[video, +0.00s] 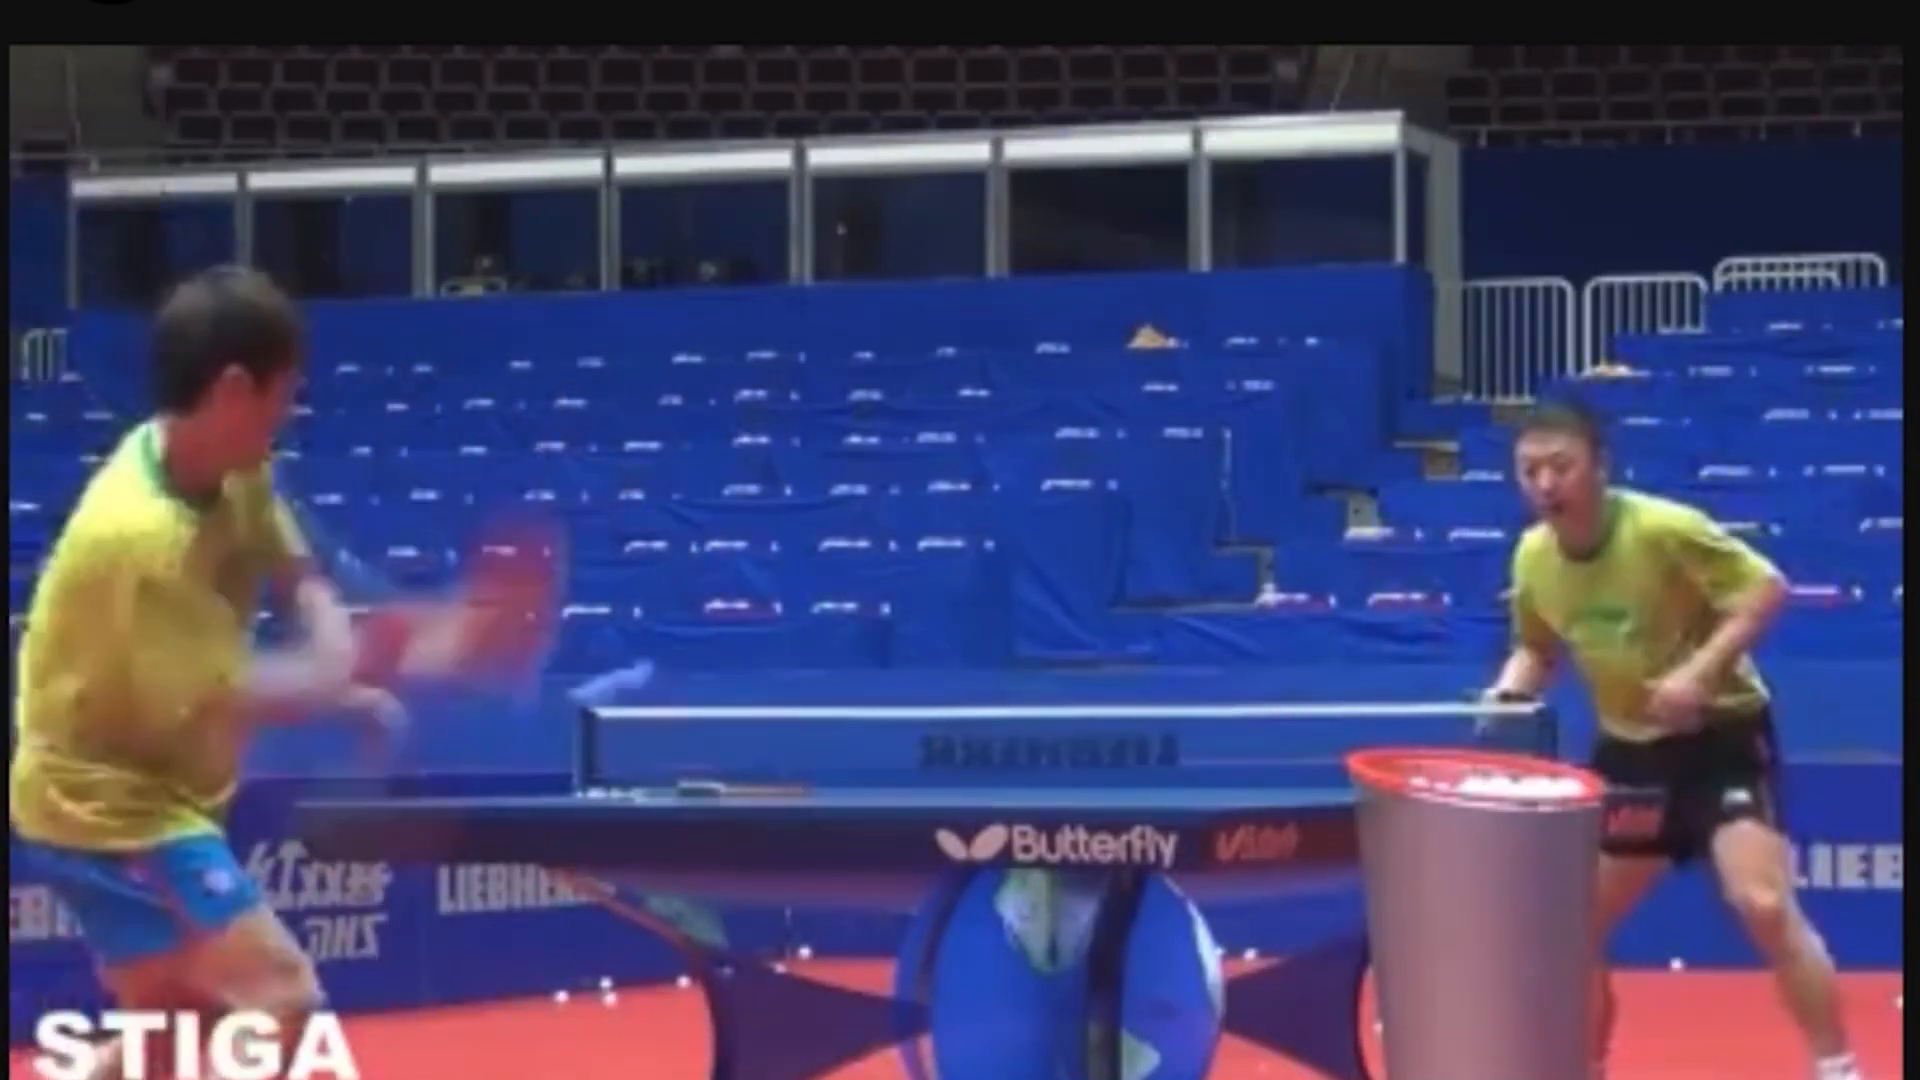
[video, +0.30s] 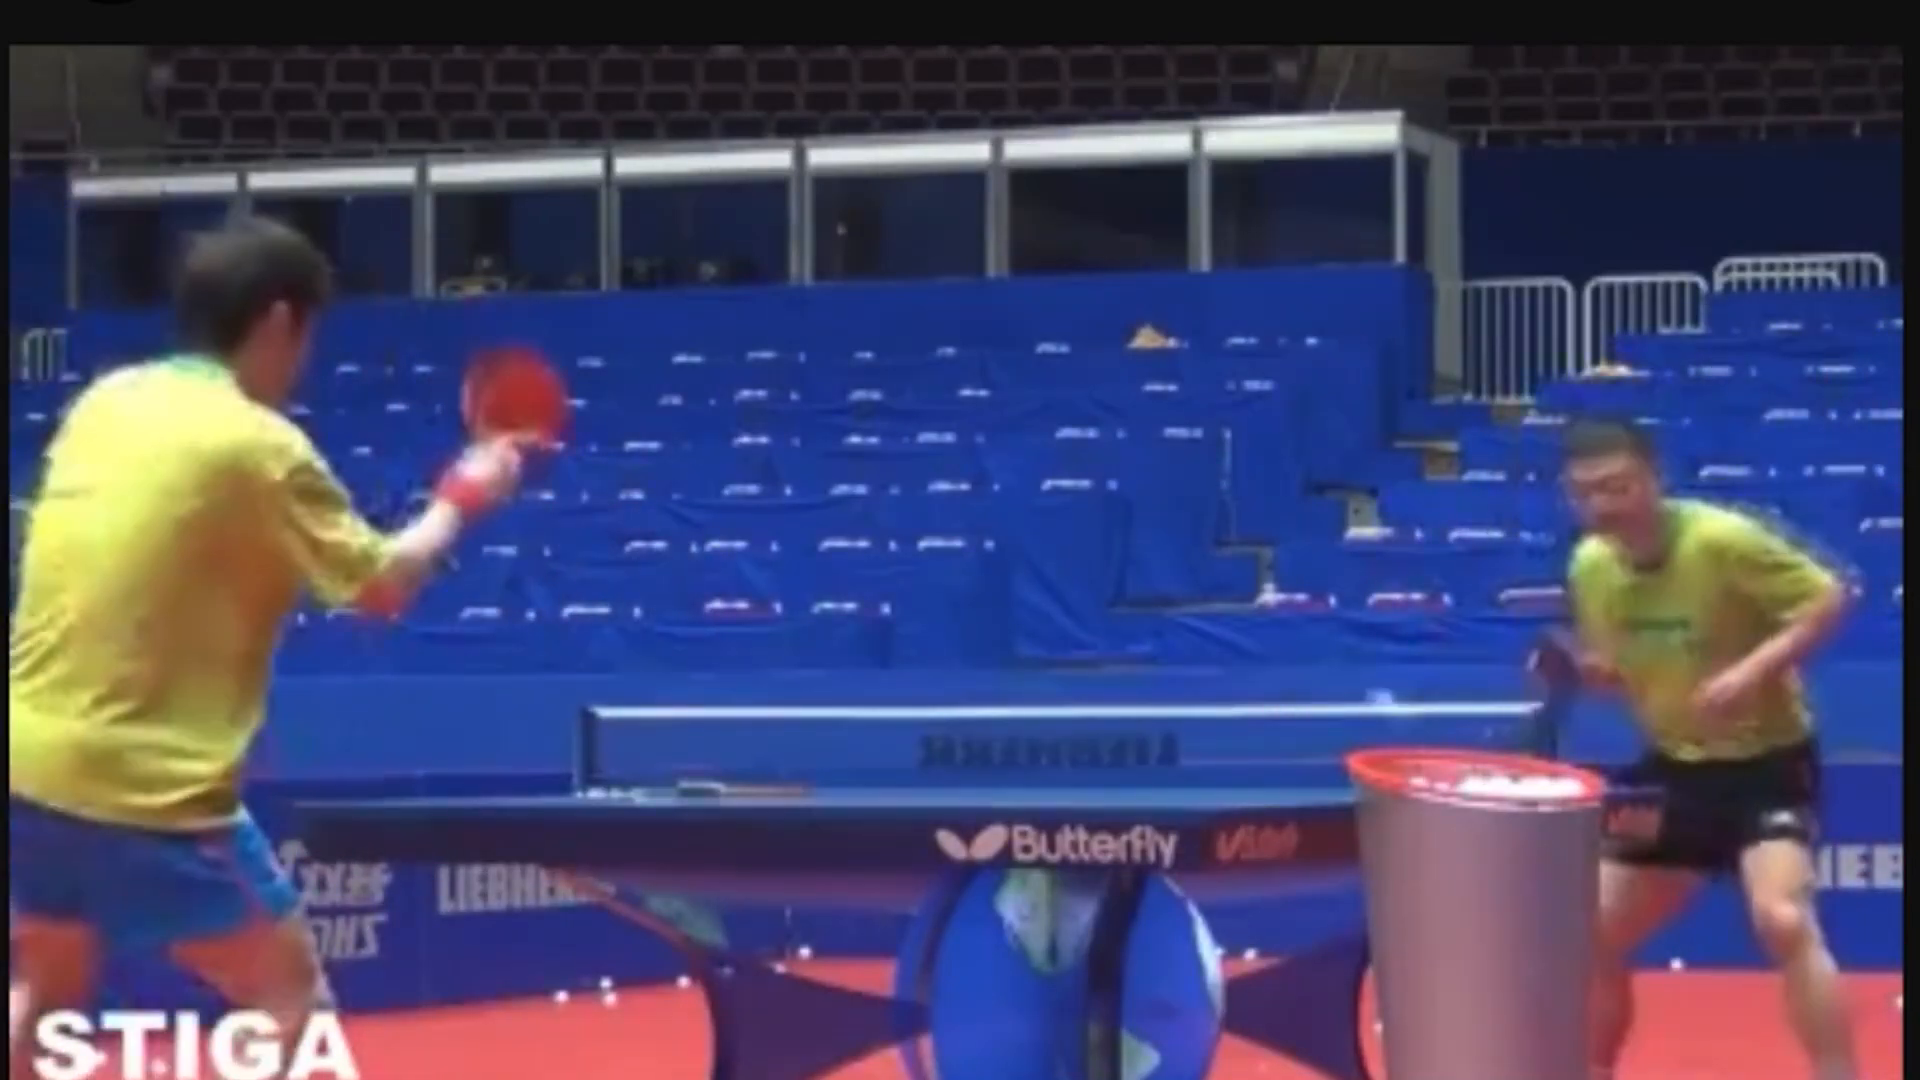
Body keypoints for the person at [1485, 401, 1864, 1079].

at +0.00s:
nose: (1546, 485)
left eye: (1560, 467)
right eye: (1531, 471)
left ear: (1598, 466)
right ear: (1521, 479)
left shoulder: (1662, 530)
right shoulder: (1533, 556)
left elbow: (1765, 587)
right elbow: (1537, 645)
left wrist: (1697, 674)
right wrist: (1517, 681)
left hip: (1721, 735)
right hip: (1629, 749)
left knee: (1764, 906)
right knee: (1572, 924)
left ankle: (1834, 1065)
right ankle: (1583, 1068)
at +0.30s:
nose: (1603, 508)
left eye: (1616, 488)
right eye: (1588, 493)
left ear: (1653, 480)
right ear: (1574, 497)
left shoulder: (1719, 539)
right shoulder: (1591, 565)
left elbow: (1829, 597)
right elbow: (1618, 670)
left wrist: (1751, 671)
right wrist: (1575, 671)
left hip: (1766, 767)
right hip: (1675, 770)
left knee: (1782, 920)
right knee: (1595, 926)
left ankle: (1839, 1072)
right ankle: (1594, 1068)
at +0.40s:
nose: (1654, 485)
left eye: (1665, 464)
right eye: (1638, 471)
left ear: (1702, 455)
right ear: (1625, 478)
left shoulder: (1781, 505)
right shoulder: (1627, 546)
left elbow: (1870, 566)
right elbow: (1650, 645)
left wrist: (1812, 637)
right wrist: (1642, 654)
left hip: (1806, 748)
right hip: (1709, 757)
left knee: (1813, 918)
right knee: (1660, 937)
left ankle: (1852, 1071)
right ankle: (1621, 1066)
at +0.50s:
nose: (1693, 456)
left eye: (1705, 436)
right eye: (1679, 441)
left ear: (1742, 425)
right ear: (1668, 444)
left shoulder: (1805, 470)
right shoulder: (1669, 516)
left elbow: (1876, 546)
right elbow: (1700, 586)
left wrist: (1845, 608)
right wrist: (1726, 649)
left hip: (1826, 715)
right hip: (1731, 720)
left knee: (1831, 913)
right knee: (1699, 923)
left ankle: (1857, 1068)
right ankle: (1676, 1062)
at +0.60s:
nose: (1730, 428)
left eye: (1744, 409)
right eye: (1714, 414)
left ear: (1780, 402)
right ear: (1701, 420)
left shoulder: (1833, 456)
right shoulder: (1700, 496)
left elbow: (1887, 527)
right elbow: (1761, 571)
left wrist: (1892, 581)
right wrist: (1824, 611)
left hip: (1831, 709)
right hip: (1735, 715)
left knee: (1837, 914)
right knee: (1738, 912)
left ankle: (1859, 1071)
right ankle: (1761, 1051)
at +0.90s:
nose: (1749, 410)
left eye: (1766, 390)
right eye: (1737, 393)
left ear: (1810, 390)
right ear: (1726, 398)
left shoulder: (1872, 466)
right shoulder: (1709, 484)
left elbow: (1897, 565)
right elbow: (1685, 609)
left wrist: (1879, 634)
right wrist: (1770, 655)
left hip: (1849, 712)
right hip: (1746, 716)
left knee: (1847, 929)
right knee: (1743, 921)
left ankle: (1860, 1072)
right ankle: (1737, 1072)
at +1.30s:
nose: (1712, 399)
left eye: (1727, 380)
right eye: (1703, 383)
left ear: (1778, 379)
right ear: (1699, 392)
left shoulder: (1863, 458)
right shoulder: (1694, 481)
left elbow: (1902, 565)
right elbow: (1667, 583)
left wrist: (1860, 598)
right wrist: (1672, 632)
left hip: (1851, 720)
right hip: (1745, 717)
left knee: (1883, 918)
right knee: (1729, 922)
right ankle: (1725, 1073)